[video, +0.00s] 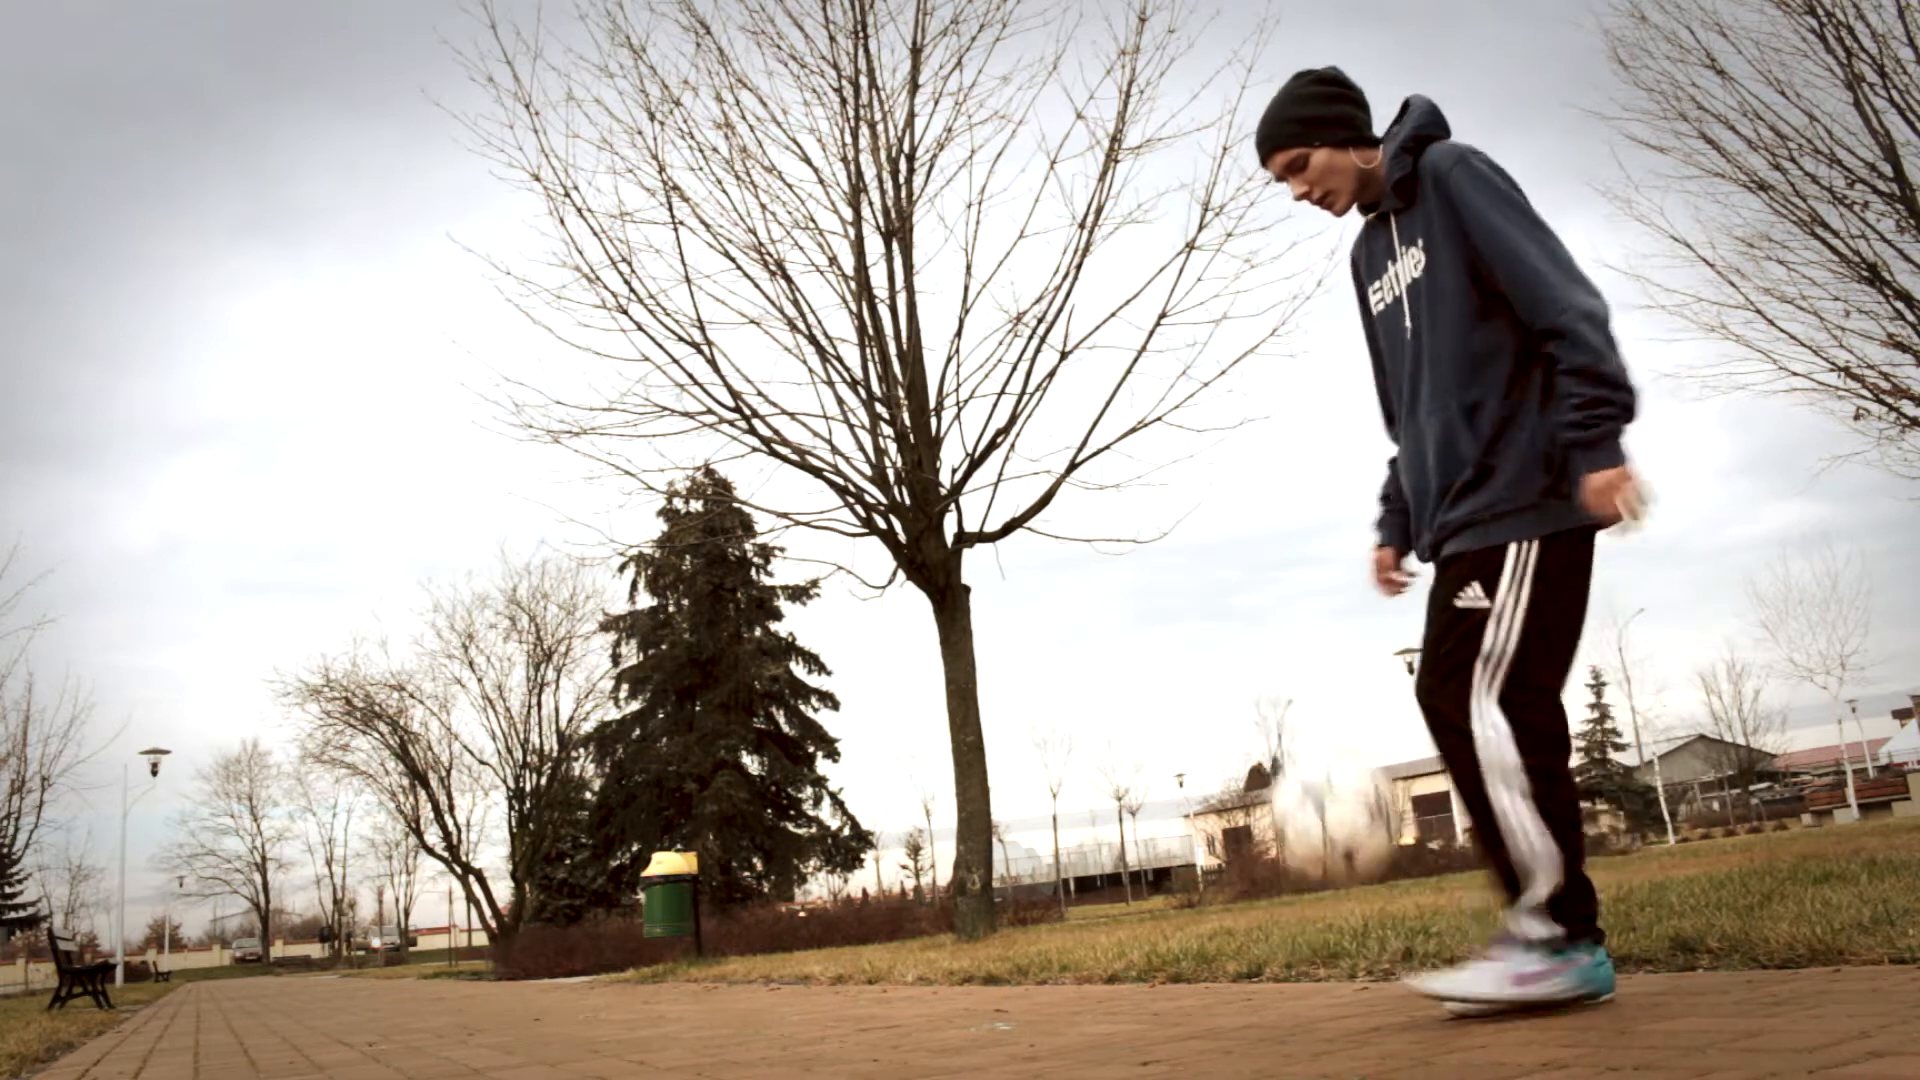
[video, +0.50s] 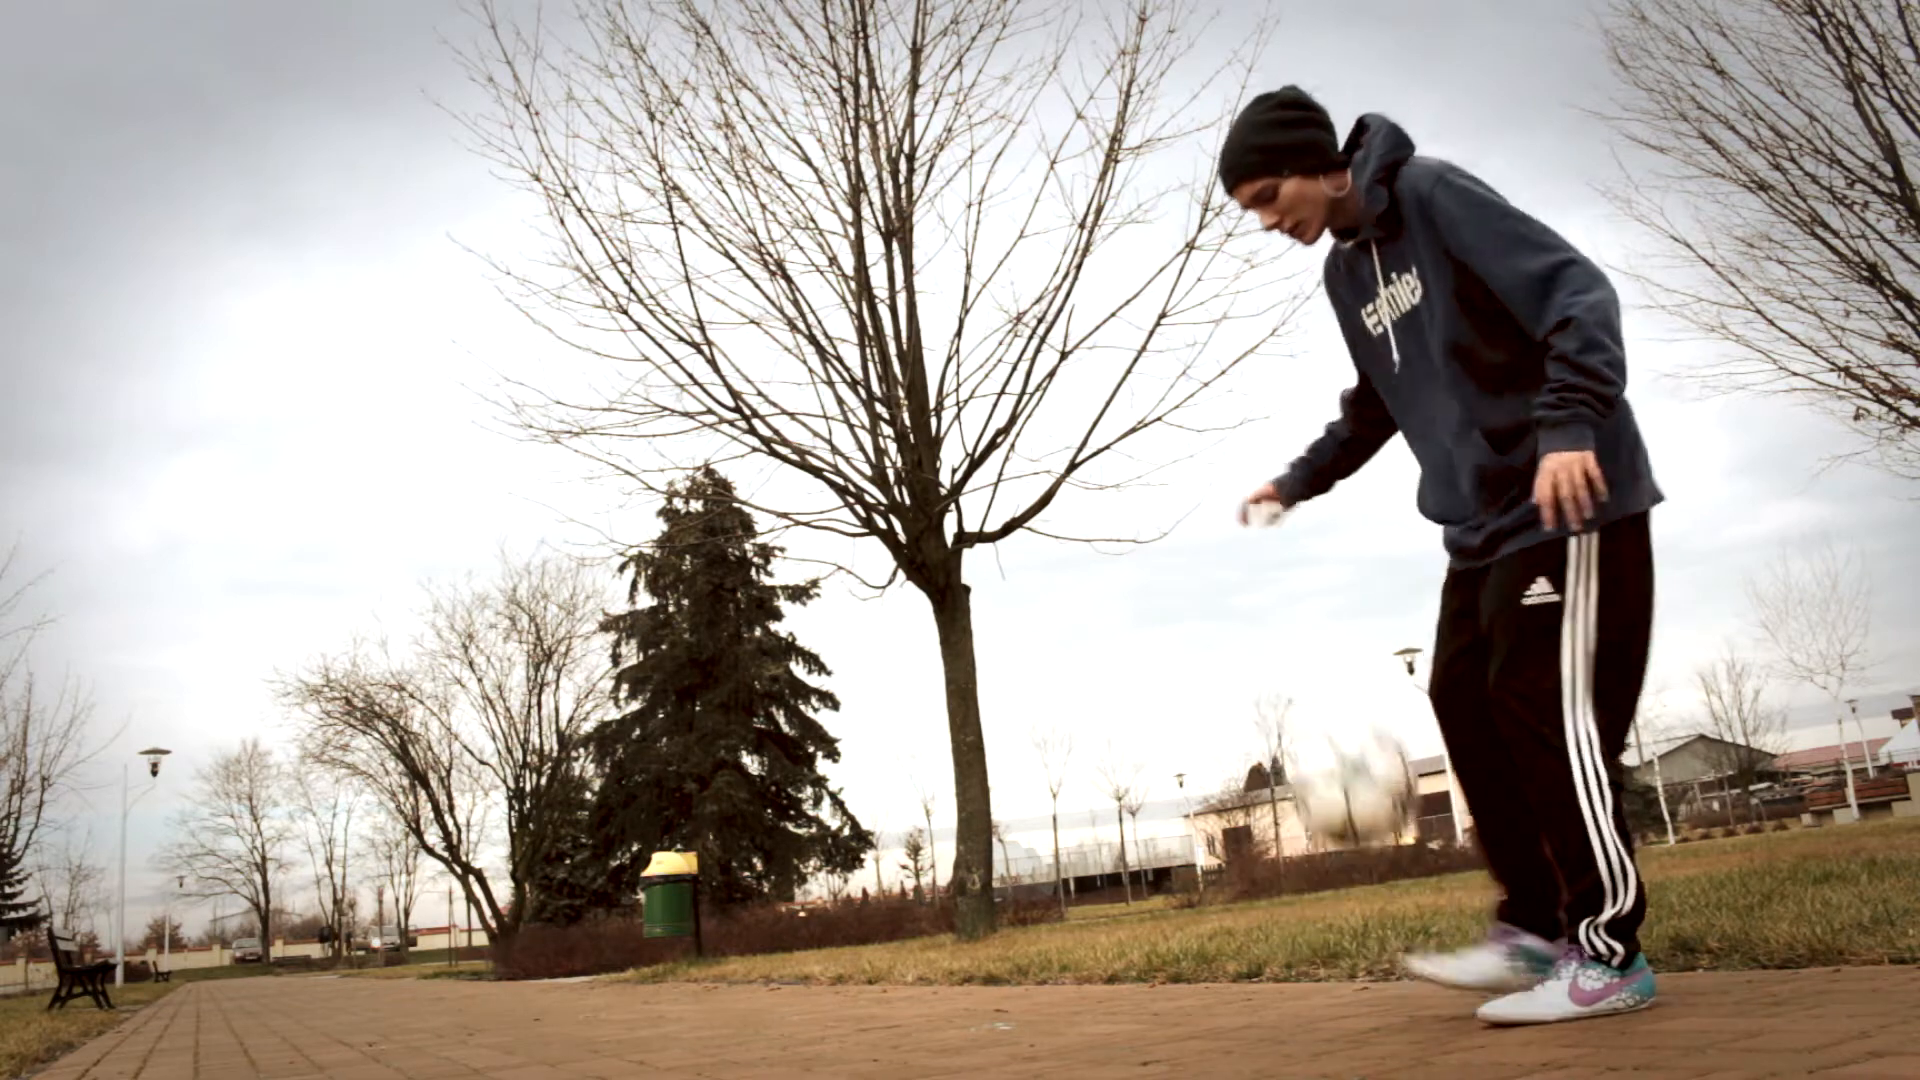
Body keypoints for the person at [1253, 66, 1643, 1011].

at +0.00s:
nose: (1299, 192)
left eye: (1299, 169)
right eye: (1286, 181)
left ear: (1341, 137)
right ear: (1311, 167)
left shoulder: (1451, 174)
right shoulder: (1368, 253)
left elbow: (1566, 302)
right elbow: (1411, 408)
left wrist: (1595, 443)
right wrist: (1396, 520)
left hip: (1531, 493)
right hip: (1462, 513)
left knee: (1471, 690)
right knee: (1487, 704)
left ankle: (1555, 933)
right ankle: (1561, 938)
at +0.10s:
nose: (1287, 195)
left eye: (1288, 171)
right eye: (1273, 183)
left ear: (1331, 138)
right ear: (1291, 174)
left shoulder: (1444, 176)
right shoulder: (1357, 260)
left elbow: (1567, 289)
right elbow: (1395, 415)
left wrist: (1630, 424)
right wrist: (1364, 511)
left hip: (1541, 490)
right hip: (1472, 514)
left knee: (1470, 708)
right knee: (1518, 719)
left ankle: (1434, 939)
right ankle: (1572, 946)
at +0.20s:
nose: (1284, 192)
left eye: (1284, 168)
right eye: (1270, 180)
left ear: (1326, 133)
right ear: (1286, 171)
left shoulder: (1439, 173)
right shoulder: (1352, 259)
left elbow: (1562, 287)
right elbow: (1386, 412)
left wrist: (1629, 420)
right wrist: (1345, 497)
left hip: (1541, 484)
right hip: (1474, 510)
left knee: (1476, 697)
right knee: (1530, 716)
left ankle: (1463, 937)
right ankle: (1574, 947)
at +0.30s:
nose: (1279, 189)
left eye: (1280, 165)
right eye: (1265, 178)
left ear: (1321, 131)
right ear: (1282, 166)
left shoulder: (1434, 170)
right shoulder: (1355, 248)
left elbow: (1554, 288)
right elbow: (1391, 399)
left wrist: (1601, 429)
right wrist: (1331, 481)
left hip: (1534, 486)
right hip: (1472, 509)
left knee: (1524, 708)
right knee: (1500, 717)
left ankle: (1578, 950)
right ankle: (1564, 945)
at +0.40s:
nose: (1274, 203)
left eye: (1272, 180)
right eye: (1260, 191)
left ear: (1311, 144)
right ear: (1284, 171)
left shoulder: (1429, 176)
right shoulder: (1355, 251)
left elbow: (1560, 292)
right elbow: (1382, 402)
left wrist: (1580, 432)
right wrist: (1301, 478)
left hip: (1545, 491)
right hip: (1475, 519)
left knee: (1545, 703)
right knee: (1483, 711)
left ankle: (1610, 954)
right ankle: (1556, 944)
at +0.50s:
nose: (1268, 222)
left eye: (1268, 200)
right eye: (1254, 211)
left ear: (1310, 164)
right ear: (1276, 190)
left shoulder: (1428, 192)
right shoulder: (1347, 268)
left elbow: (1576, 289)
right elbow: (1386, 391)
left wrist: (1571, 432)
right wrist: (1297, 481)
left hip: (1565, 495)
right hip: (1483, 521)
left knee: (1550, 709)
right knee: (1466, 701)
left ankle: (1609, 955)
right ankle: (1533, 930)